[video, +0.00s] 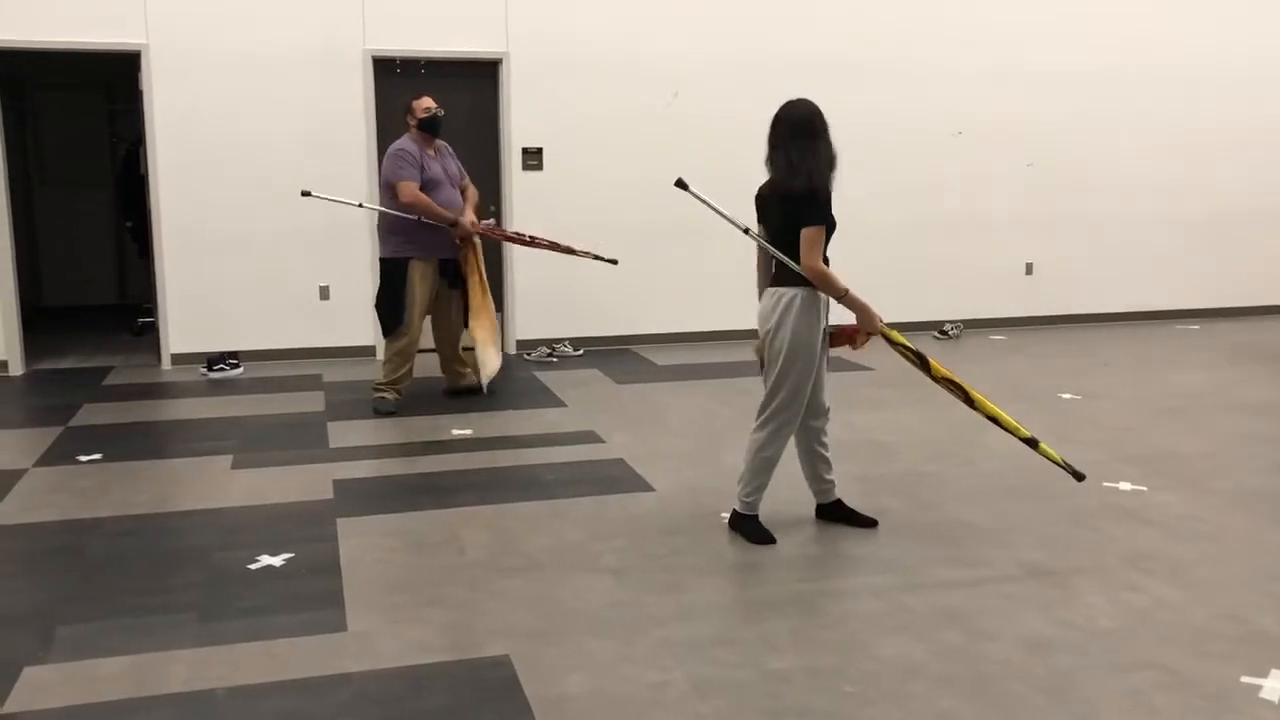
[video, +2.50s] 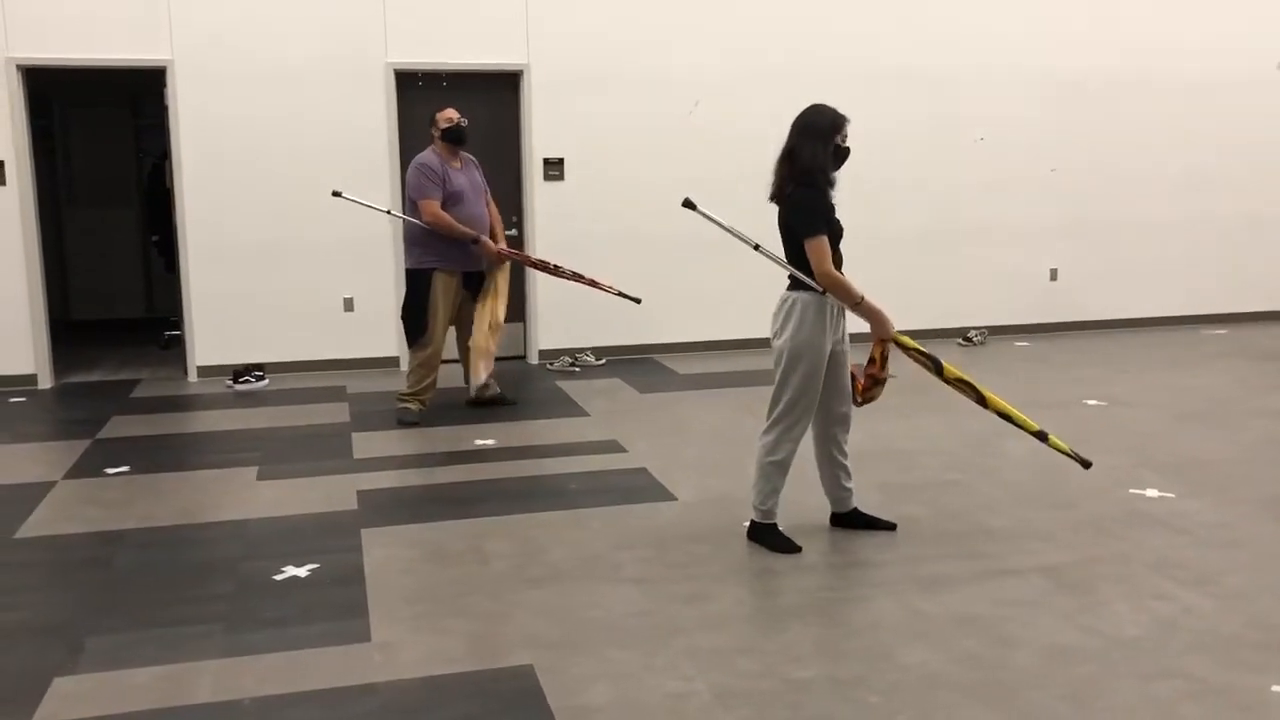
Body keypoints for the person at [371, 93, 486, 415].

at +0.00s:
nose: (434, 115)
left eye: (437, 110)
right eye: (426, 111)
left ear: (441, 116)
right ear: (411, 119)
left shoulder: (444, 150)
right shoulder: (401, 151)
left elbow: (470, 189)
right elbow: (408, 197)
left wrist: (467, 214)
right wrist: (455, 220)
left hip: (448, 251)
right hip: (410, 254)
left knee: (451, 321)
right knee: (405, 327)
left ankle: (459, 379)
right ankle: (388, 390)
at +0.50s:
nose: (444, 121)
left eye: (447, 117)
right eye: (436, 118)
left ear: (451, 124)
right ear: (422, 127)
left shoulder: (455, 157)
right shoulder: (414, 159)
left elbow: (480, 202)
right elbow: (424, 209)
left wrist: (478, 179)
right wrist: (469, 234)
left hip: (458, 257)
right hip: (422, 260)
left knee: (462, 326)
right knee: (417, 332)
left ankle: (470, 384)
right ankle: (400, 396)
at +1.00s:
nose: (452, 133)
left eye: (455, 129)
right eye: (445, 129)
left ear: (460, 133)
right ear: (430, 134)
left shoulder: (461, 165)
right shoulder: (418, 166)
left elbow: (485, 207)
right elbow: (423, 214)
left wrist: (482, 183)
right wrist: (465, 242)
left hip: (463, 265)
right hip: (426, 268)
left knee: (469, 334)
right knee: (421, 340)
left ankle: (474, 395)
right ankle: (403, 403)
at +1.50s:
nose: (449, 131)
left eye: (452, 126)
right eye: (442, 126)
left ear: (457, 130)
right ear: (427, 132)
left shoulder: (460, 162)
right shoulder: (417, 163)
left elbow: (478, 206)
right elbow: (424, 210)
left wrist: (487, 233)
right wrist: (471, 234)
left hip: (463, 263)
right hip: (425, 266)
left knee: (467, 333)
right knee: (420, 338)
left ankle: (471, 392)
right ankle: (401, 402)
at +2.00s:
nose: (450, 129)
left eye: (454, 124)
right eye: (443, 125)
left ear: (459, 128)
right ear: (428, 131)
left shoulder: (464, 161)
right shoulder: (417, 163)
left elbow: (488, 201)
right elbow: (425, 211)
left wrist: (485, 227)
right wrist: (469, 236)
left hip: (466, 262)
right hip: (427, 265)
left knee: (470, 331)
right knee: (422, 338)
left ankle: (475, 391)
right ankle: (404, 401)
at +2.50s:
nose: (457, 126)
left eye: (460, 122)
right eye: (449, 122)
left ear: (465, 129)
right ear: (435, 132)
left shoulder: (471, 163)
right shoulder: (424, 164)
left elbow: (489, 205)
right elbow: (431, 215)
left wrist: (500, 239)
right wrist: (477, 239)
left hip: (473, 264)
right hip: (433, 266)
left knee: (477, 330)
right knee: (429, 338)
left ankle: (482, 388)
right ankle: (412, 401)